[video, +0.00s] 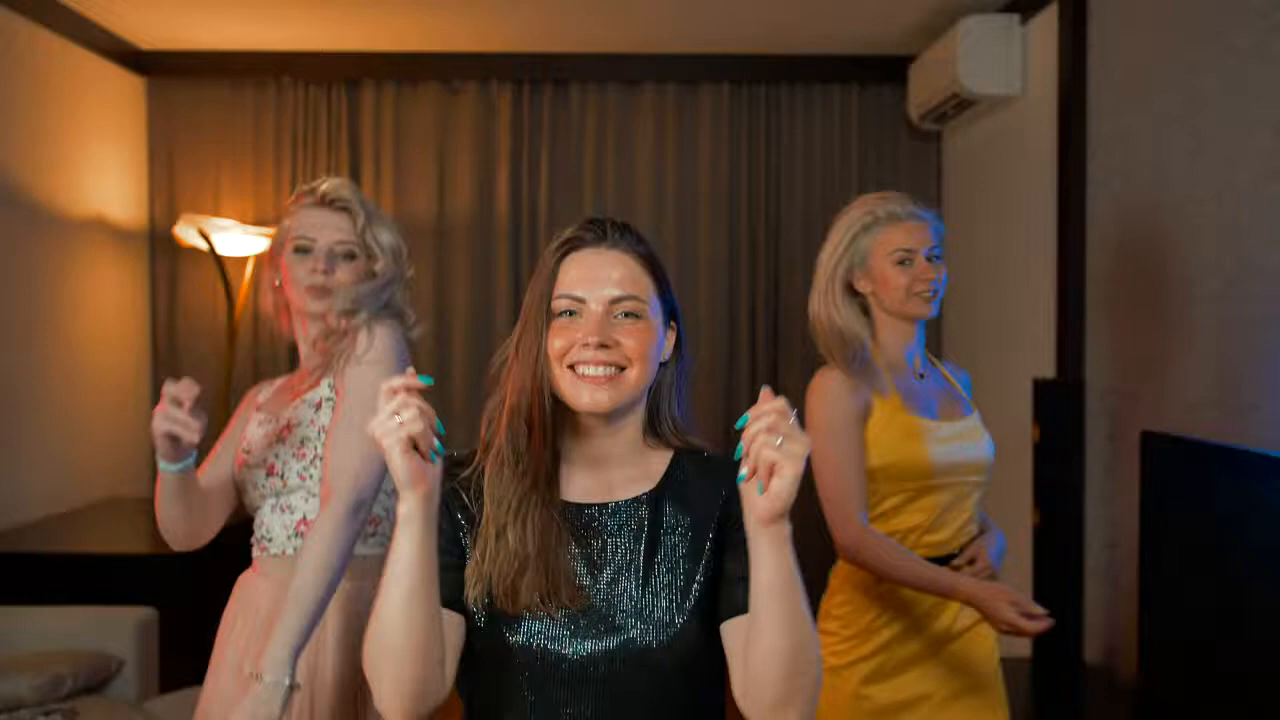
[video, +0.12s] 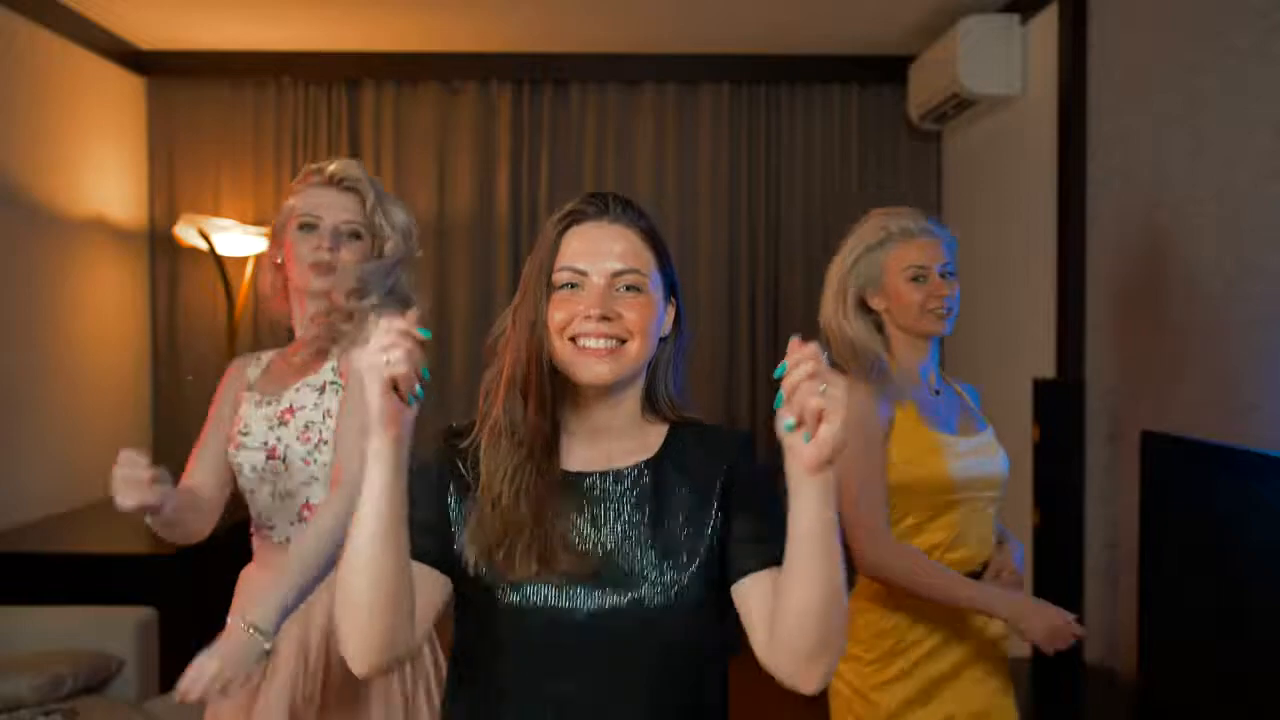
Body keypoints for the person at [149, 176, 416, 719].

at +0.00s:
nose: (321, 270)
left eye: (345, 255)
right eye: (303, 250)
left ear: (373, 272)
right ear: (278, 268)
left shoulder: (375, 344)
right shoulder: (264, 397)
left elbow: (345, 509)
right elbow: (188, 531)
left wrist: (275, 671)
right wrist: (175, 461)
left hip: (332, 627)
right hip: (254, 610)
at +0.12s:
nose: (326, 246)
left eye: (349, 234)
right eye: (307, 227)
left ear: (377, 256)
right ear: (280, 248)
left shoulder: (374, 357)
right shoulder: (247, 375)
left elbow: (347, 502)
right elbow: (197, 515)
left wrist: (250, 630)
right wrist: (160, 500)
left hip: (355, 604)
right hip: (264, 611)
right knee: (233, 710)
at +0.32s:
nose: (327, 271)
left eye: (349, 259)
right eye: (306, 256)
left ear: (374, 288)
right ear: (278, 283)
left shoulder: (393, 398)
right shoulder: (221, 400)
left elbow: (402, 565)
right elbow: (191, 559)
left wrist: (282, 602)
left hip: (373, 665)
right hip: (262, 671)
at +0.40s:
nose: (321, 278)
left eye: (344, 267)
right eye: (301, 264)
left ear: (369, 300)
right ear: (271, 293)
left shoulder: (397, 415)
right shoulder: (211, 408)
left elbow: (424, 566)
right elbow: (188, 577)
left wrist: (309, 571)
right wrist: (199, 710)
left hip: (373, 665)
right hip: (258, 667)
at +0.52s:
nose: (312, 262)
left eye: (334, 251)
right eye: (291, 250)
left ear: (361, 284)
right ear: (263, 281)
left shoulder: (390, 404)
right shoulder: (211, 399)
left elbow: (398, 562)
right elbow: (175, 572)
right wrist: (200, 697)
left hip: (364, 655)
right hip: (251, 661)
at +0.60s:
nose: (310, 247)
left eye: (331, 236)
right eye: (288, 237)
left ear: (361, 267)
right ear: (263, 271)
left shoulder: (400, 390)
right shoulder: (219, 391)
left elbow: (403, 535)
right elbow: (178, 563)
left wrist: (281, 484)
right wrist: (199, 682)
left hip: (361, 646)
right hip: (243, 649)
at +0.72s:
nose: (311, 247)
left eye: (333, 235)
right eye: (290, 236)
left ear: (364, 266)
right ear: (263, 268)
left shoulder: (405, 376)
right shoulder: (223, 397)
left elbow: (356, 525)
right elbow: (198, 558)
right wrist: (194, 689)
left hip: (356, 646)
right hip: (246, 649)